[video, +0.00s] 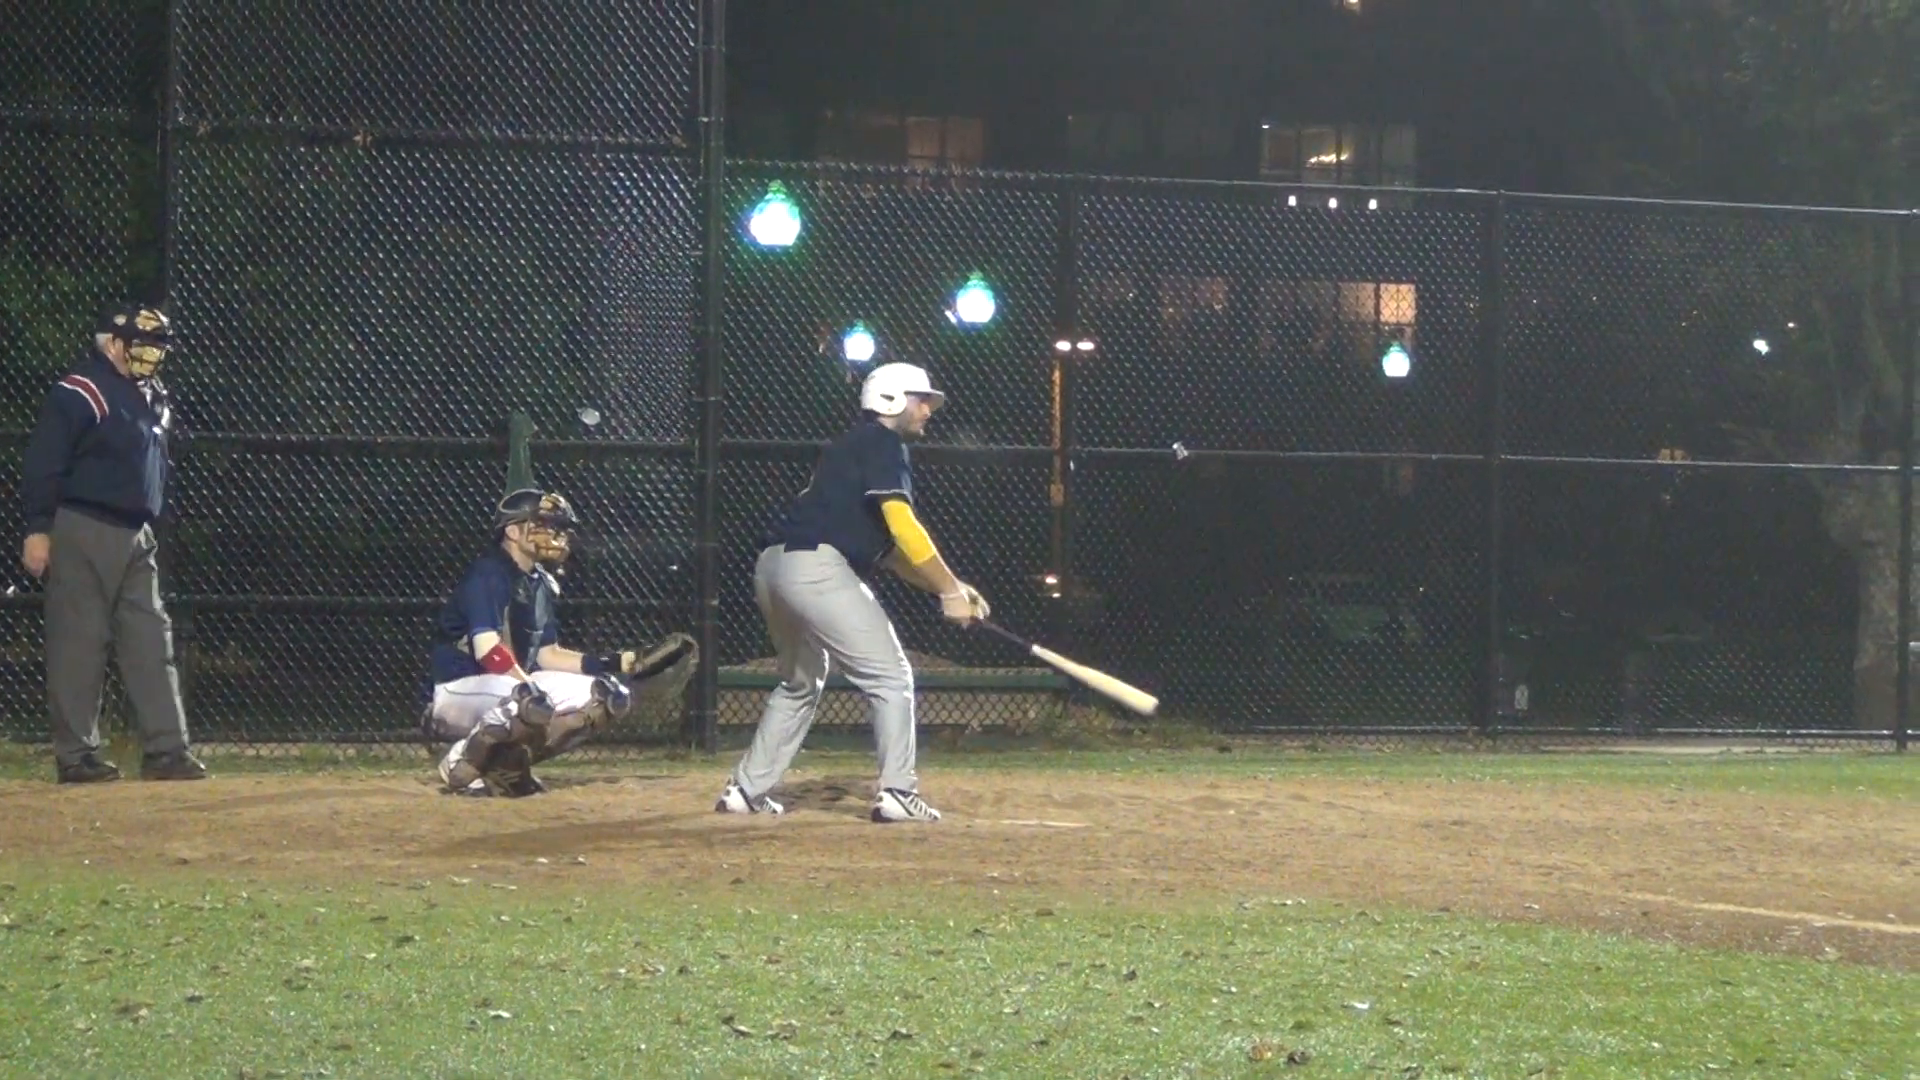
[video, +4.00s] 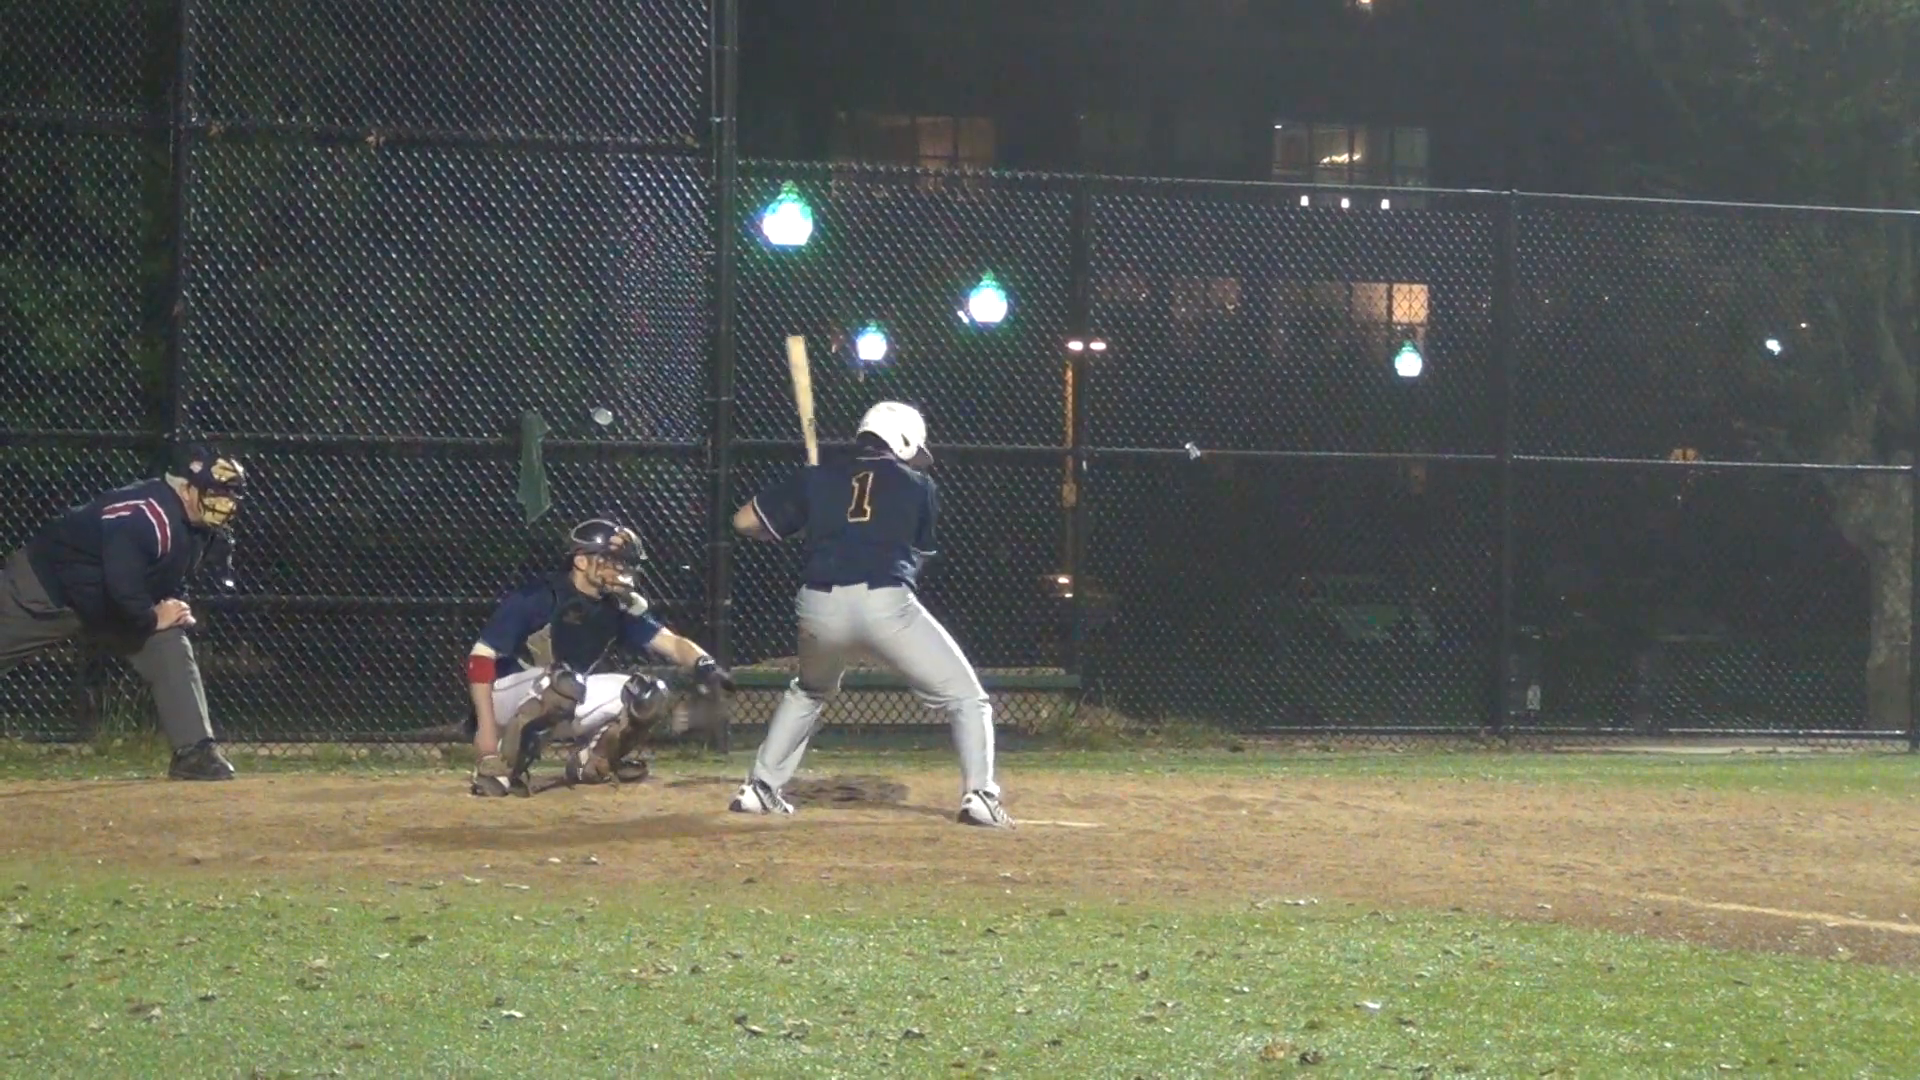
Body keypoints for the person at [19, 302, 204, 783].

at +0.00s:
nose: (150, 355)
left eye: (155, 346)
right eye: (141, 345)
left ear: (158, 348)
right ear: (113, 343)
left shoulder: (152, 398)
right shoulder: (79, 390)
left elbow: (153, 465)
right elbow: (43, 459)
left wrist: (147, 518)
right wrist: (37, 527)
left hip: (136, 535)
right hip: (84, 531)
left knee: (149, 640)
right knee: (79, 639)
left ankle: (167, 751)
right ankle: (76, 755)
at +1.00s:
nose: (175, 368)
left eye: (181, 360)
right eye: (167, 357)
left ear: (184, 362)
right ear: (139, 355)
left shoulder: (171, 410)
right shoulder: (108, 394)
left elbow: (195, 469)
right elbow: (122, 462)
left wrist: (246, 450)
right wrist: (187, 452)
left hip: (128, 537)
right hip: (74, 529)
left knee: (147, 638)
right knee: (78, 639)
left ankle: (176, 748)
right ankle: (79, 756)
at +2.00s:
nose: (201, 485)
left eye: (205, 476)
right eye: (193, 475)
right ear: (165, 471)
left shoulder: (177, 513)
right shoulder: (117, 498)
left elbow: (164, 574)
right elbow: (109, 575)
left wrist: (166, 602)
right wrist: (141, 615)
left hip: (108, 604)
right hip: (41, 593)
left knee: (163, 644)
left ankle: (188, 750)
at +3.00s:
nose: (218, 502)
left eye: (221, 494)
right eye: (210, 492)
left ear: (184, 489)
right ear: (182, 488)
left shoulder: (178, 518)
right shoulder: (141, 511)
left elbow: (153, 573)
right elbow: (117, 582)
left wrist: (162, 606)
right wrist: (144, 620)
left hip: (100, 599)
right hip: (35, 590)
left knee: (163, 648)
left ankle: (190, 751)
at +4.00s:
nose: (224, 503)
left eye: (227, 495)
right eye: (215, 494)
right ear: (186, 490)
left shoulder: (185, 523)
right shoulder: (142, 515)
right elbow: (124, 590)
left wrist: (170, 609)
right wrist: (152, 619)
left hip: (105, 603)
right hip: (41, 593)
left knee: (169, 646)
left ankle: (194, 751)